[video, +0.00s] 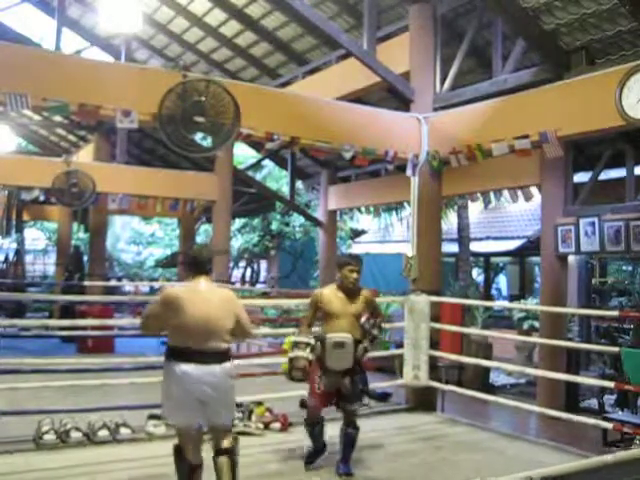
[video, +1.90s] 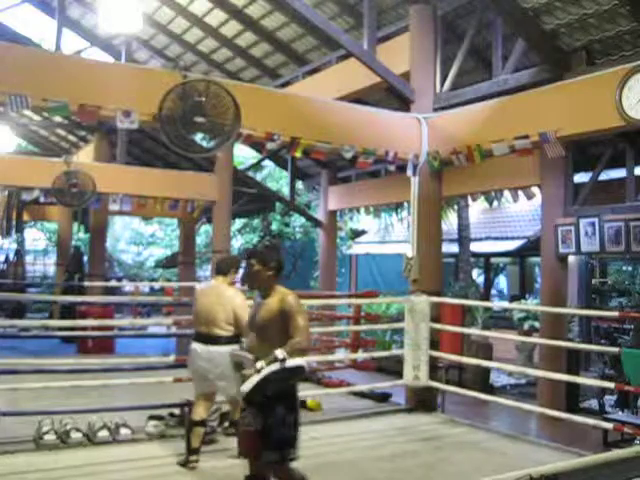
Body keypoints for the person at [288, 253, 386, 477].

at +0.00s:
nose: (355, 277)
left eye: (358, 273)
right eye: (350, 272)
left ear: (360, 275)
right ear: (339, 273)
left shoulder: (365, 298)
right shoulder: (321, 295)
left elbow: (378, 318)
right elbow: (306, 325)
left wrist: (369, 338)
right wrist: (304, 347)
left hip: (353, 356)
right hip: (324, 355)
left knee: (350, 411)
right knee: (312, 408)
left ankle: (345, 461)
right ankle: (318, 445)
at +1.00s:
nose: (334, 276)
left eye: (339, 271)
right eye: (329, 272)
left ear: (345, 274)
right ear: (320, 275)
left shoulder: (357, 301)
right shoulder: (308, 305)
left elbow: (383, 320)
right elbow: (290, 337)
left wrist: (379, 345)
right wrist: (286, 367)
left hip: (348, 371)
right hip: (316, 372)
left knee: (348, 440)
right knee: (318, 439)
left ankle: (350, 473)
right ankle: (328, 475)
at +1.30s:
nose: (321, 273)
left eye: (327, 268)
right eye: (318, 268)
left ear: (340, 270)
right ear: (313, 271)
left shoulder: (356, 304)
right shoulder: (304, 302)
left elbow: (379, 338)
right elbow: (292, 329)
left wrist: (353, 363)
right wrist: (293, 359)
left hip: (340, 387)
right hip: (307, 385)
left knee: (344, 453)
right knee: (289, 447)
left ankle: (347, 475)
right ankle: (300, 475)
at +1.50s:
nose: (299, 276)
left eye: (305, 270)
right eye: (297, 271)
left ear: (321, 273)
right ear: (295, 275)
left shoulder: (339, 303)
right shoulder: (295, 304)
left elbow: (352, 339)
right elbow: (293, 338)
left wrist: (325, 349)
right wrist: (293, 355)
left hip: (328, 381)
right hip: (298, 380)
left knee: (336, 452)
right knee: (281, 446)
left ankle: (343, 470)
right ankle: (278, 472)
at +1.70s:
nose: (271, 274)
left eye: (276, 268)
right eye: (271, 269)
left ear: (293, 272)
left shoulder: (309, 301)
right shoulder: (282, 304)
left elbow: (323, 341)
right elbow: (284, 341)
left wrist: (298, 352)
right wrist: (270, 358)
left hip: (302, 380)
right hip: (279, 378)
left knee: (310, 449)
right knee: (267, 443)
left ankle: (327, 472)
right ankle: (265, 471)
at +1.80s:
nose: (257, 272)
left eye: (262, 267)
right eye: (257, 268)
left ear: (281, 269)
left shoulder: (297, 299)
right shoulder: (271, 301)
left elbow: (310, 340)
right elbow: (271, 340)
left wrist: (283, 355)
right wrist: (257, 359)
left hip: (289, 381)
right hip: (267, 378)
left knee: (299, 461)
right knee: (260, 449)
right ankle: (261, 470)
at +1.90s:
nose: (247, 273)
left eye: (252, 267)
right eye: (247, 267)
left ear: (270, 271)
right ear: (264, 272)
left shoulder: (288, 299)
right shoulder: (261, 301)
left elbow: (301, 341)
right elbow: (262, 340)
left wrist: (268, 360)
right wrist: (246, 354)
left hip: (280, 383)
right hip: (259, 381)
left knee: (274, 460)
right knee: (253, 448)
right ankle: (258, 473)